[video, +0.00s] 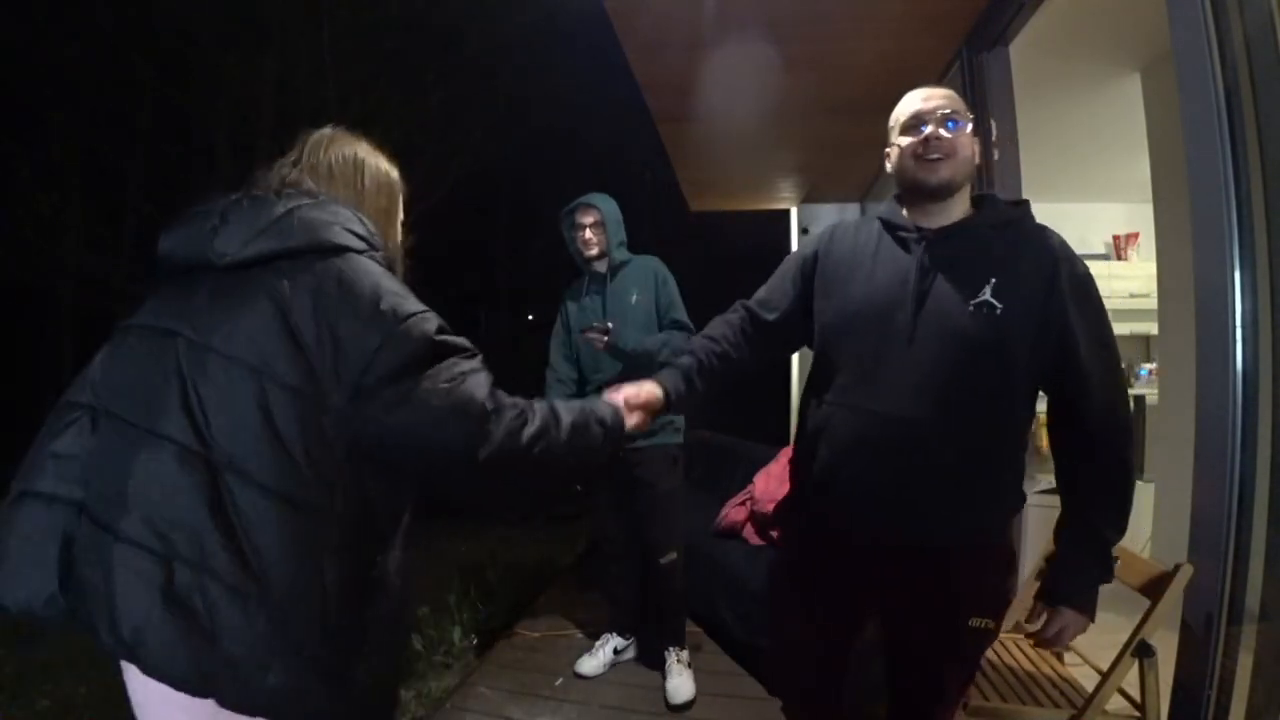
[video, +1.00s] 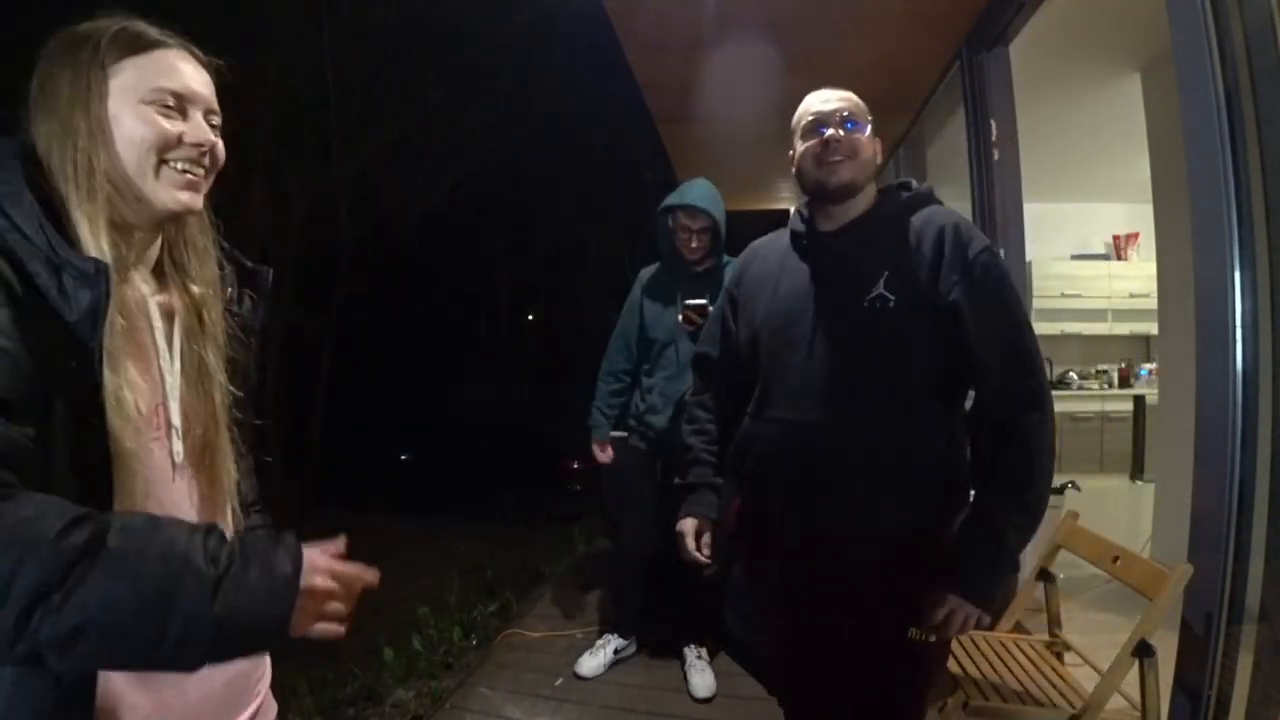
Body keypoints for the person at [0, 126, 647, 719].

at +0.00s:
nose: (397, 235)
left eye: (397, 220)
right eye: (393, 218)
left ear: (288, 187)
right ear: (367, 208)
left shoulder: (205, 270)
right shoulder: (348, 285)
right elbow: (474, 428)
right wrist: (606, 419)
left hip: (145, 608)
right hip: (251, 638)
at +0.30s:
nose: (382, 223)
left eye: (382, 206)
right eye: (374, 202)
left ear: (301, 190)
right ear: (329, 194)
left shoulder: (204, 261)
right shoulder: (294, 281)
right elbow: (405, 421)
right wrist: (549, 417)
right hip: (194, 635)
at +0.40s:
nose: (366, 216)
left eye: (364, 196)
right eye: (355, 191)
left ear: (294, 187)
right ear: (303, 185)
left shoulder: (195, 257)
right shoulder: (257, 271)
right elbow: (362, 429)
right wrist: (532, 436)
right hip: (175, 635)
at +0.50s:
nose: (346, 202)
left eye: (345, 182)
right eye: (331, 176)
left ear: (273, 176)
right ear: (274, 171)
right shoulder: (211, 261)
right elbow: (294, 449)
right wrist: (482, 483)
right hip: (162, 664)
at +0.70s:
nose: (290, 179)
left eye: (291, 160)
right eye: (265, 150)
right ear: (188, 143)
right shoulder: (87, 254)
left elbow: (222, 489)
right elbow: (105, 512)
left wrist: (244, 653)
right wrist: (350, 594)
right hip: (93, 684)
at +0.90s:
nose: (220, 146)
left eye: (229, 129)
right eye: (185, 116)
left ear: (238, 146)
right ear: (98, 117)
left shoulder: (202, 287)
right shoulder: (21, 275)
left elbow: (223, 489)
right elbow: (16, 540)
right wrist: (262, 598)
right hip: (54, 682)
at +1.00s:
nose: (205, 136)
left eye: (212, 118)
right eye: (170, 106)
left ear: (221, 136)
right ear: (77, 115)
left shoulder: (214, 294)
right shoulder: (22, 286)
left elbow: (233, 485)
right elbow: (18, 543)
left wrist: (275, 574)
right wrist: (248, 586)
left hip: (235, 691)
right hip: (94, 694)